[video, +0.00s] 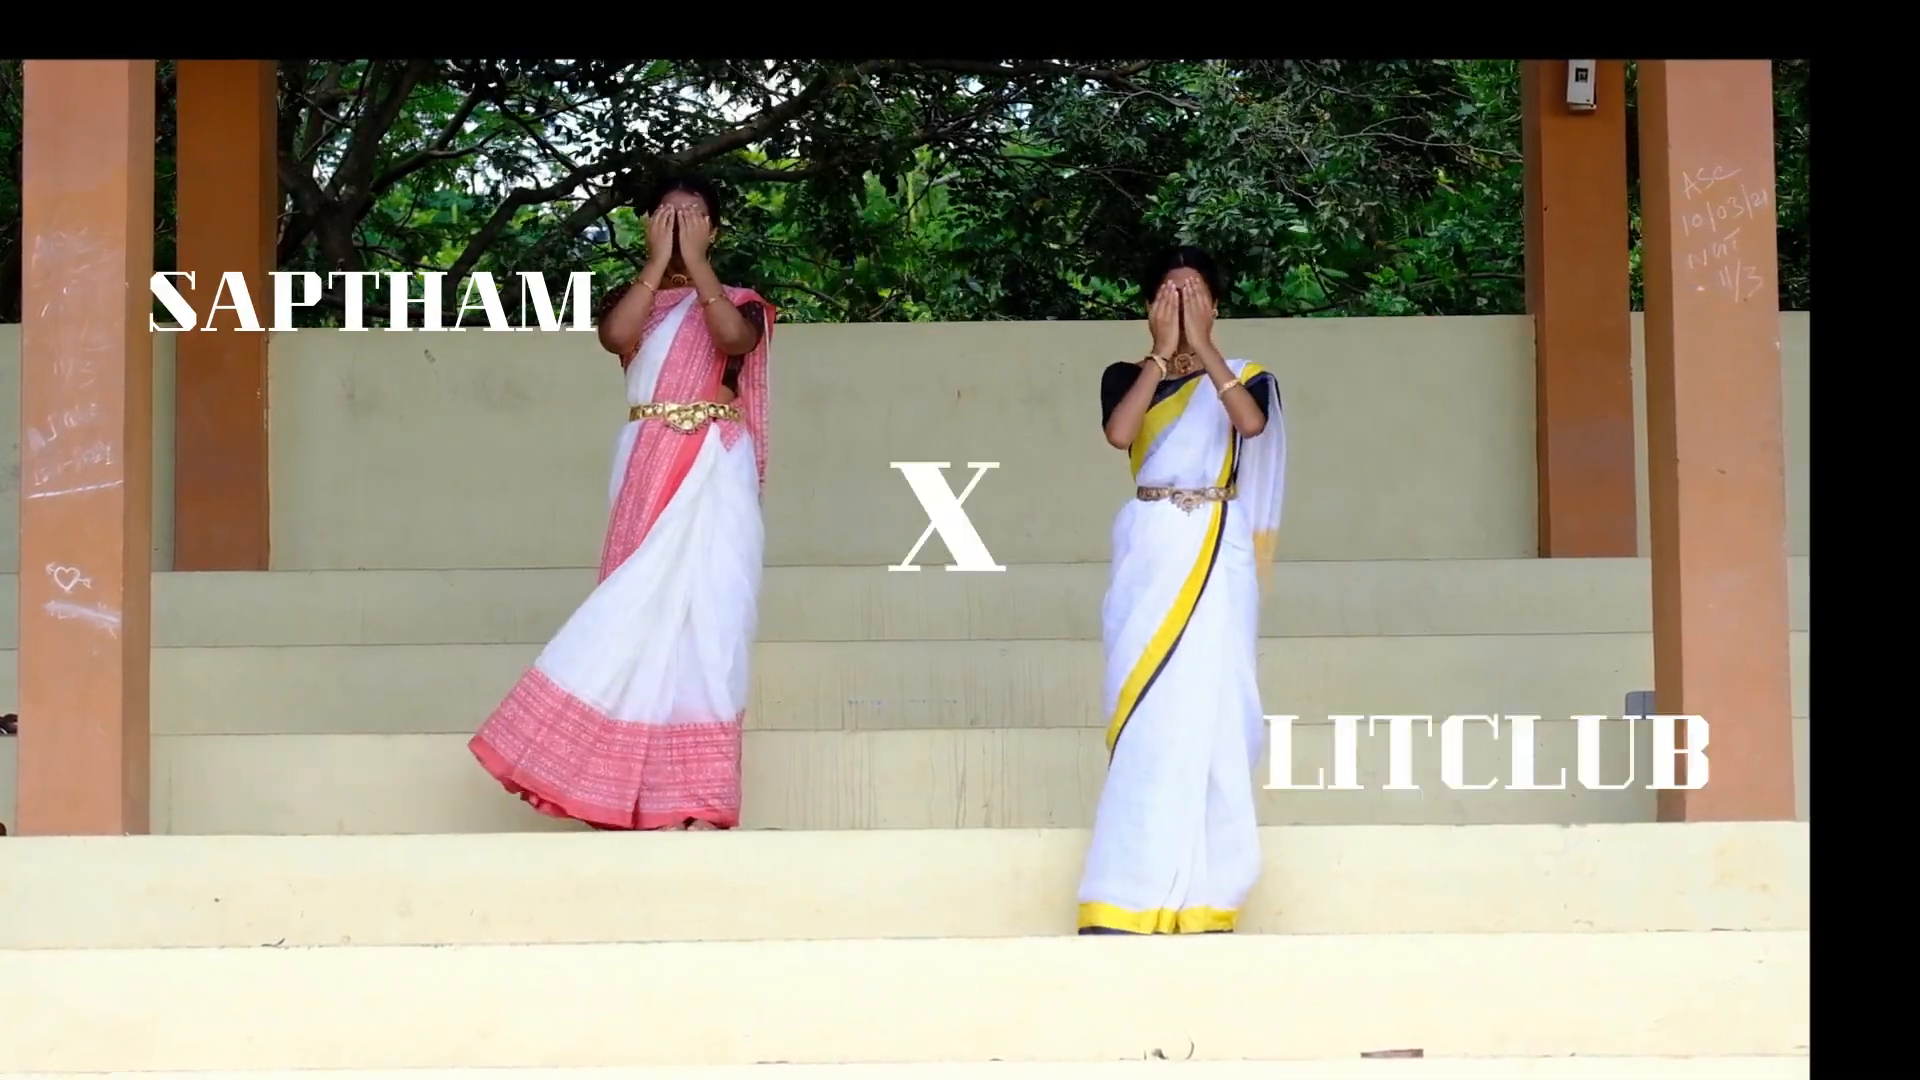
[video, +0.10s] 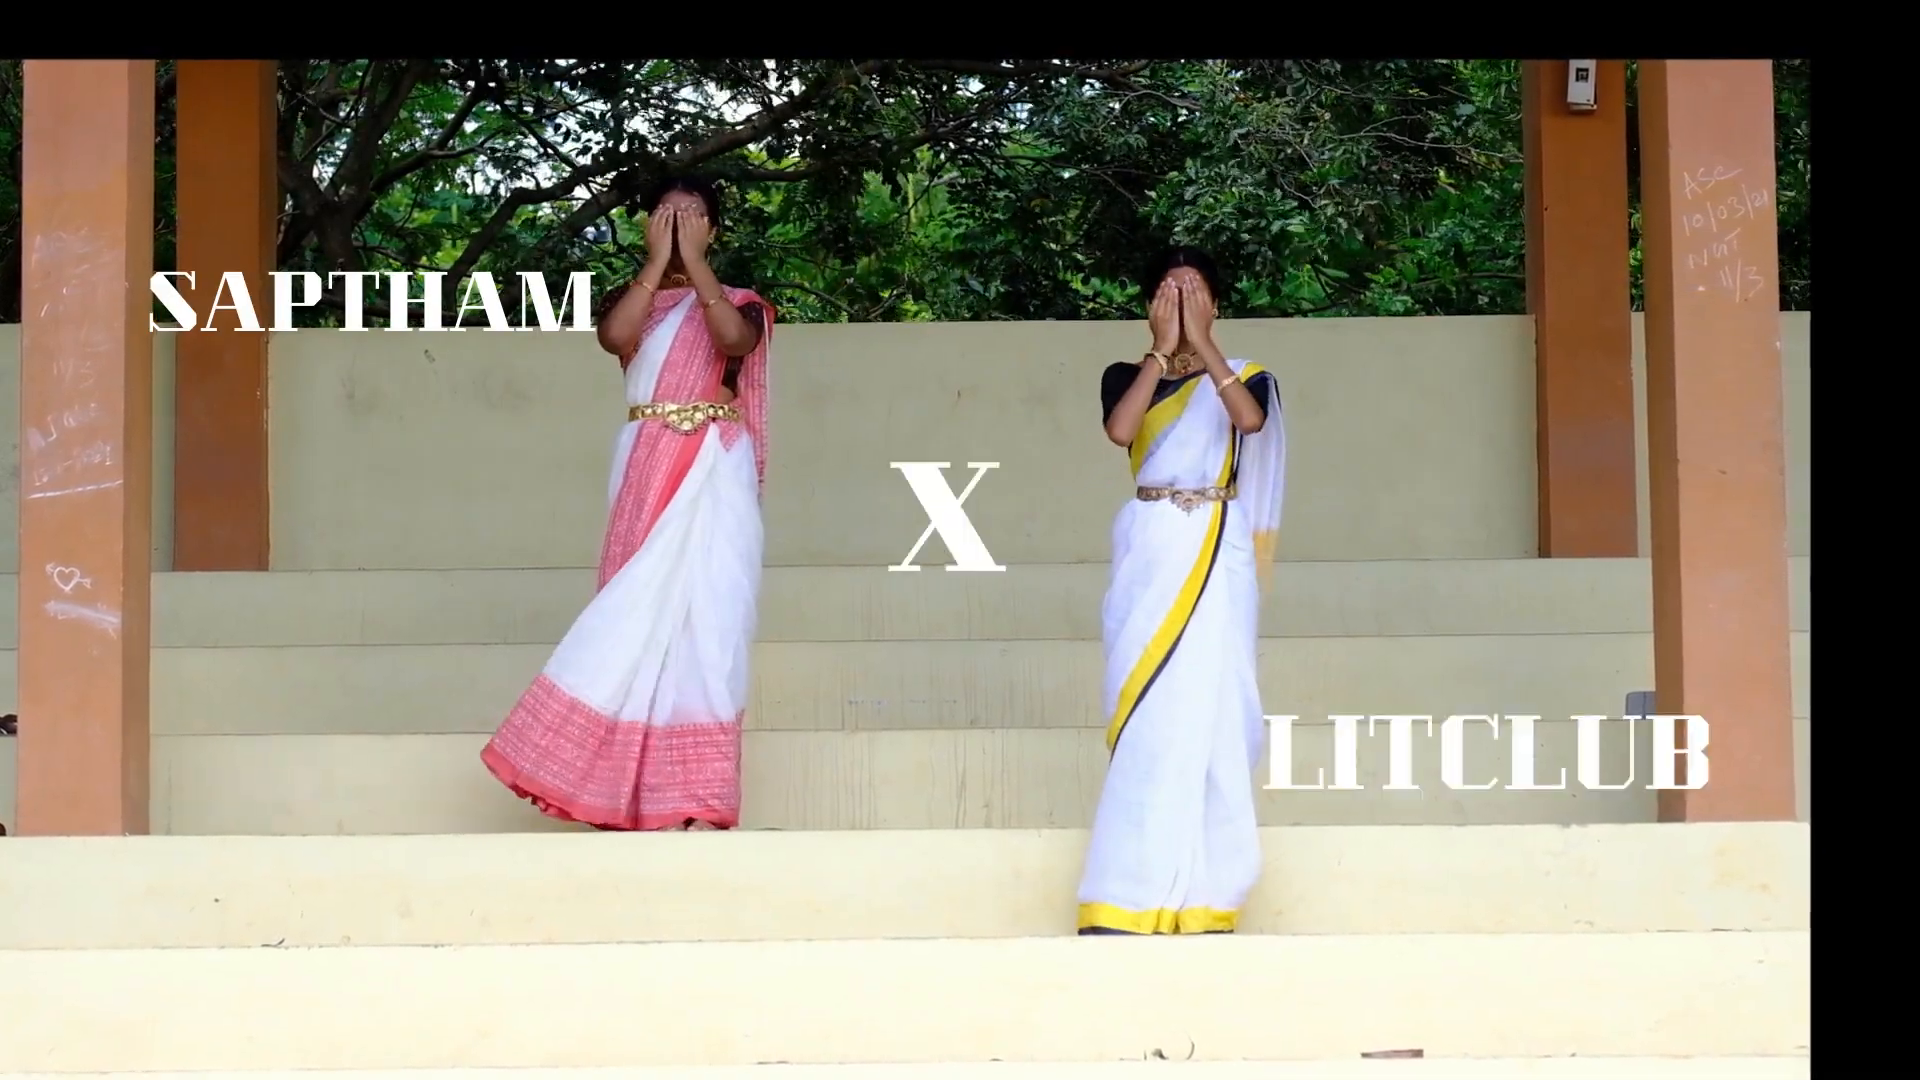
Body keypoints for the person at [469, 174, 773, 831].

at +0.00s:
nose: (681, 224)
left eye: (694, 214)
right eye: (669, 213)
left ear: (714, 227)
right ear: (652, 226)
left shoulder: (739, 300)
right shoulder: (636, 300)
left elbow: (736, 338)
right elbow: (617, 336)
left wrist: (696, 260)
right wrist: (657, 261)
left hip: (715, 469)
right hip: (647, 469)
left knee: (707, 620)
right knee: (639, 614)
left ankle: (696, 795)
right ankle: (626, 792)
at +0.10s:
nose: (677, 225)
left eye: (690, 215)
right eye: (666, 214)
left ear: (712, 227)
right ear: (650, 227)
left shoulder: (738, 301)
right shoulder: (634, 299)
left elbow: (736, 341)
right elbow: (616, 337)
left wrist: (694, 262)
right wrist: (655, 261)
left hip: (714, 473)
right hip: (646, 472)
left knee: (707, 623)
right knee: (638, 616)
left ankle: (696, 796)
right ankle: (624, 793)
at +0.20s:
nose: (676, 225)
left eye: (689, 214)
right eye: (665, 214)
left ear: (712, 228)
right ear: (649, 228)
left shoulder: (740, 302)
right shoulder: (635, 300)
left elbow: (733, 339)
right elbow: (616, 337)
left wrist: (692, 261)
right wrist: (654, 259)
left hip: (713, 472)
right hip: (645, 470)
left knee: (705, 622)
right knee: (638, 617)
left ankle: (696, 797)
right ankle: (622, 793)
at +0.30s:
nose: (676, 226)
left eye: (689, 215)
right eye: (665, 215)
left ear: (711, 228)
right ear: (649, 229)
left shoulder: (739, 302)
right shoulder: (634, 302)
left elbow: (732, 339)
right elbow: (616, 337)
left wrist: (693, 262)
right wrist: (652, 259)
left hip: (711, 474)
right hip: (643, 473)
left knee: (704, 625)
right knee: (638, 620)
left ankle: (698, 799)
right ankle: (622, 795)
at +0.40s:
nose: (677, 227)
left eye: (690, 215)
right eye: (665, 215)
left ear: (713, 230)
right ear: (648, 230)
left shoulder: (739, 305)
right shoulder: (629, 302)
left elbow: (733, 339)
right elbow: (617, 336)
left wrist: (696, 260)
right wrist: (653, 261)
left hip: (712, 477)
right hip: (643, 475)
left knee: (702, 627)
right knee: (639, 623)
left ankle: (698, 800)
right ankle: (621, 796)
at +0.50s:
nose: (678, 228)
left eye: (691, 216)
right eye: (668, 216)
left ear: (713, 229)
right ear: (649, 228)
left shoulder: (739, 303)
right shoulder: (631, 301)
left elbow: (734, 339)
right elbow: (617, 336)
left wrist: (697, 261)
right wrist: (655, 260)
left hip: (714, 477)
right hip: (644, 476)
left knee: (705, 627)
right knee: (638, 624)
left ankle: (698, 800)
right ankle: (627, 798)